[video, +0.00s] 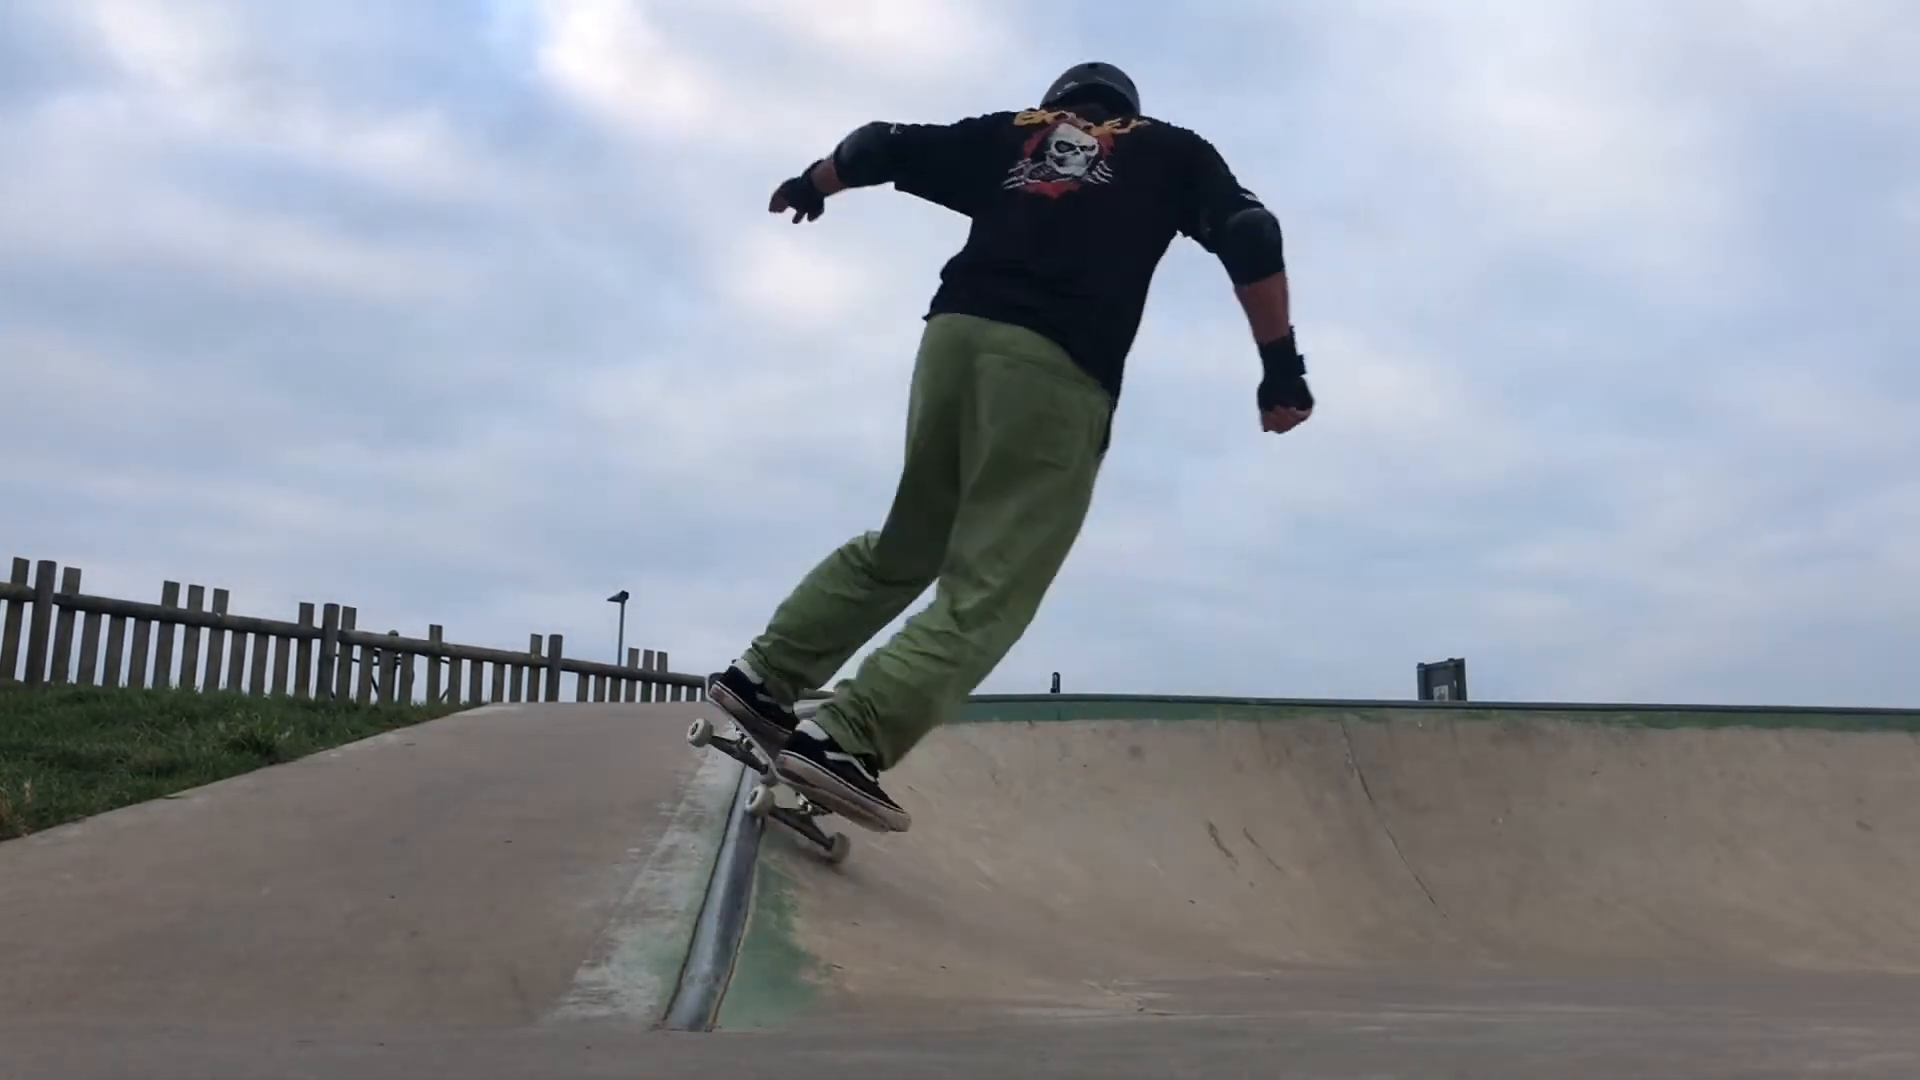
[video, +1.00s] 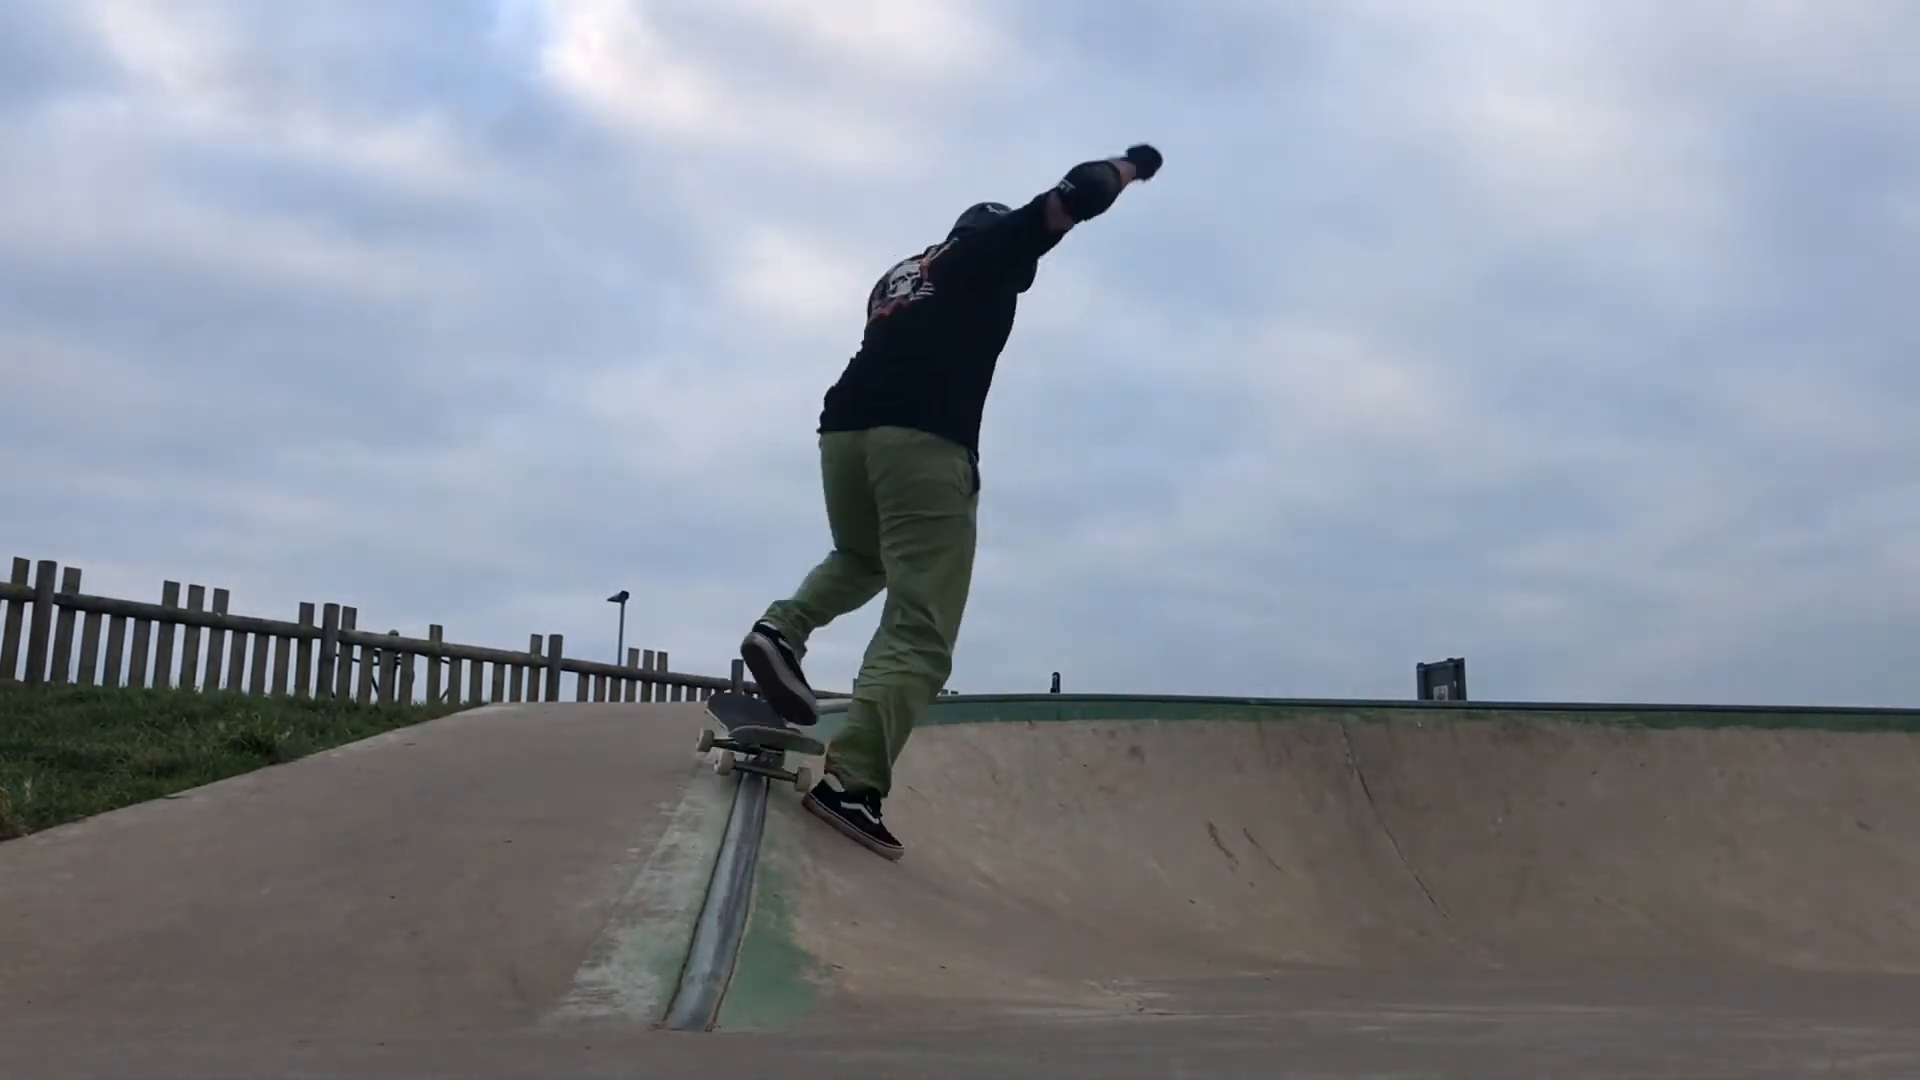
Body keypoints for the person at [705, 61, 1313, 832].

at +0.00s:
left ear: (1053, 106)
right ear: (1133, 115)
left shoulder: (1009, 133)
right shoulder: (1172, 151)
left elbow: (887, 144)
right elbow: (1250, 232)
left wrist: (816, 182)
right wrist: (1282, 367)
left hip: (952, 332)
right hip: (1055, 362)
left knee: (907, 542)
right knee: (986, 595)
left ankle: (762, 683)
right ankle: (844, 742)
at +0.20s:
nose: (1042, 147)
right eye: (1043, 136)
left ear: (974, 104)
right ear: (1035, 125)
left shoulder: (898, 126)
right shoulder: (1035, 157)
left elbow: (793, 114)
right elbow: (1114, 253)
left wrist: (755, 137)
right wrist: (1112, 346)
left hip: (818, 332)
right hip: (902, 348)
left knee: (810, 548)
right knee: (893, 555)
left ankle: (740, 685)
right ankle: (764, 688)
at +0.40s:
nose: (982, 167)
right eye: (983, 157)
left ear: (922, 134)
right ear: (976, 150)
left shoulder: (853, 158)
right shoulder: (974, 172)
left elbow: (748, 171)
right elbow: (1060, 237)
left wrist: (741, 217)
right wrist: (1105, 315)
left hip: (769, 332)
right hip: (848, 342)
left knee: (765, 531)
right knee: (847, 539)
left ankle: (726, 690)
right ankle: (738, 679)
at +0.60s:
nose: (965, 180)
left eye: (960, 171)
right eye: (966, 172)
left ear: (909, 150)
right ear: (957, 161)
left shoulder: (844, 179)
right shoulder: (951, 177)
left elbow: (749, 224)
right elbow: (1032, 235)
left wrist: (781, 281)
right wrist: (1069, 327)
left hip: (761, 327)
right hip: (834, 328)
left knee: (763, 521)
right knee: (832, 518)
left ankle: (723, 676)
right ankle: (734, 663)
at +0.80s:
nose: (979, 260)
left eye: (981, 255)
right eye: (985, 247)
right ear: (976, 223)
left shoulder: (870, 232)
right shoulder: (964, 198)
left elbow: (870, 333)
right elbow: (1038, 143)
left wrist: (915, 441)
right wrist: (1117, 84)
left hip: (783, 334)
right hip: (874, 335)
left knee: (751, 525)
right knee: (894, 522)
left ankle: (711, 678)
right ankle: (872, 688)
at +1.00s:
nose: (1043, 246)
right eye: (1028, 235)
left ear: (960, 228)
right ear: (1008, 230)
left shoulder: (904, 271)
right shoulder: (1000, 244)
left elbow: (892, 350)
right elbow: (1074, 195)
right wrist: (1125, 166)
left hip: (843, 429)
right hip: (924, 436)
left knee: (861, 558)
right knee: (919, 630)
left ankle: (779, 633)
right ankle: (851, 785)